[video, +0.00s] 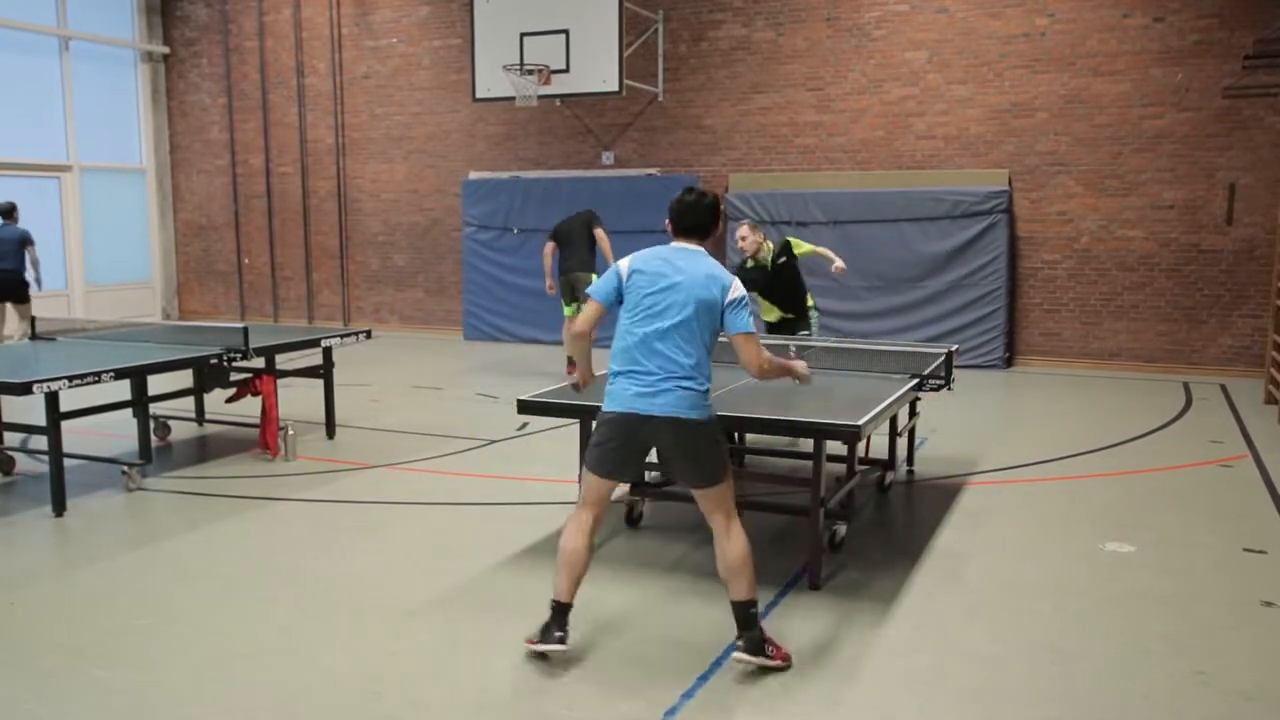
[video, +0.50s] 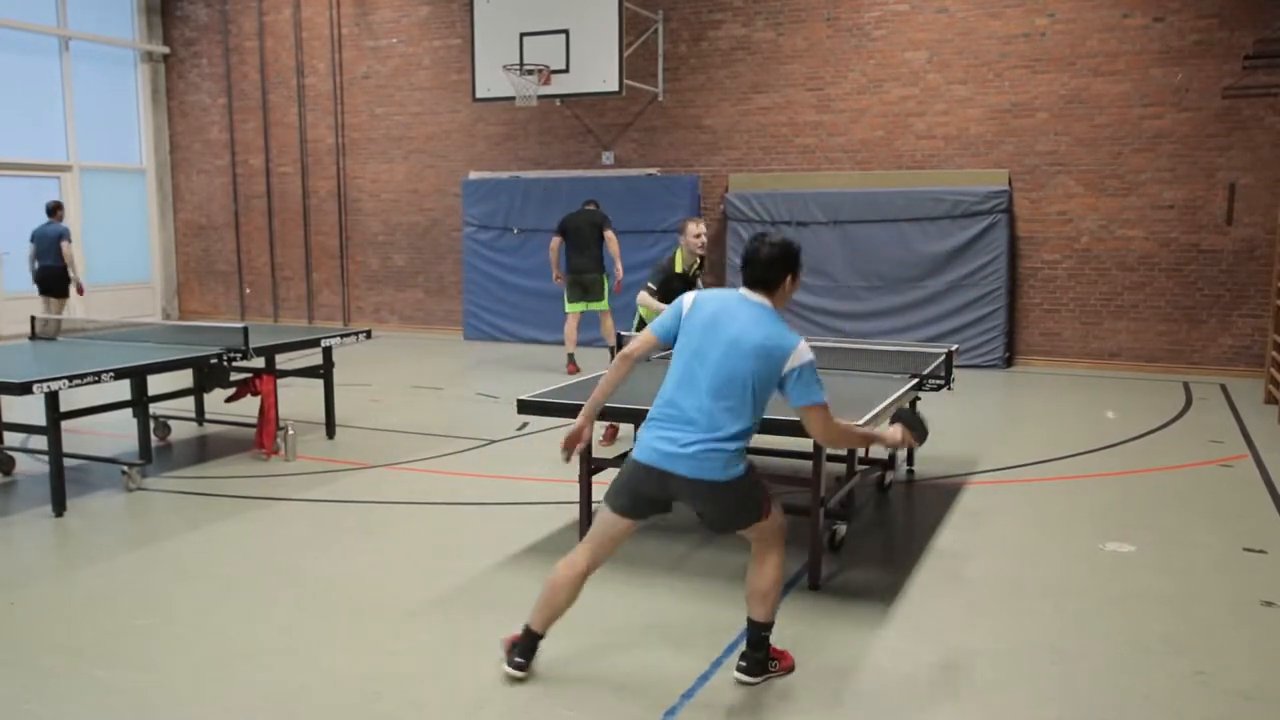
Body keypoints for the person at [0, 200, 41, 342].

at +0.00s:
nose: (18, 215)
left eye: (16, 213)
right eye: (17, 213)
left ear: (3, 216)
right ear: (14, 214)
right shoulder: (22, 234)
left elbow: (33, 257)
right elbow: (33, 257)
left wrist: (36, 274)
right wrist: (37, 275)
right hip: (14, 278)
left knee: (1, 320)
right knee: (25, 318)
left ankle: (2, 344)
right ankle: (18, 344)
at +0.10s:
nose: (25, 216)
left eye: (24, 213)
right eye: (24, 214)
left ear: (9, 216)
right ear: (21, 215)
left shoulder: (2, 232)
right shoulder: (28, 234)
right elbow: (38, 258)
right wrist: (48, 282)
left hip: (3, 279)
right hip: (21, 279)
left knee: (2, 319)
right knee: (35, 312)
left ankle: (2, 345)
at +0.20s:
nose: (34, 219)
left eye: (34, 216)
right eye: (33, 217)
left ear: (18, 220)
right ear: (29, 219)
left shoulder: (6, 238)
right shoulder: (37, 238)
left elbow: (3, 261)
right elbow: (43, 261)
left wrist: (8, 272)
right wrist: (54, 283)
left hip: (10, 281)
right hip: (30, 280)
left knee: (5, 322)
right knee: (42, 319)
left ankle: (3, 353)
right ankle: (43, 355)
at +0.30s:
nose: (45, 219)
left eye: (44, 217)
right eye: (44, 217)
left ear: (29, 220)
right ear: (40, 218)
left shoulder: (18, 237)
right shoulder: (46, 237)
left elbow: (14, 260)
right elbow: (50, 261)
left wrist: (25, 268)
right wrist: (60, 285)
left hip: (22, 277)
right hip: (41, 278)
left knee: (17, 319)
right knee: (50, 318)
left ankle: (5, 343)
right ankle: (51, 350)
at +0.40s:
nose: (54, 216)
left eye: (54, 214)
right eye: (53, 214)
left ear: (39, 216)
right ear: (49, 215)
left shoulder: (27, 234)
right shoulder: (55, 234)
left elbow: (23, 257)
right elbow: (57, 256)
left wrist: (33, 266)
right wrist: (65, 278)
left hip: (33, 273)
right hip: (51, 274)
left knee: (32, 310)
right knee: (54, 312)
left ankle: (24, 336)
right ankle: (52, 340)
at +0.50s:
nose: (63, 214)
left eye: (62, 211)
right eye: (62, 211)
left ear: (48, 213)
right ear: (57, 212)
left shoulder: (37, 231)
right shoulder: (62, 230)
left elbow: (32, 255)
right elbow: (66, 254)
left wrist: (33, 273)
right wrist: (76, 277)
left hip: (42, 270)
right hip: (59, 270)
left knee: (46, 308)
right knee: (56, 310)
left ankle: (43, 338)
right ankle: (51, 339)